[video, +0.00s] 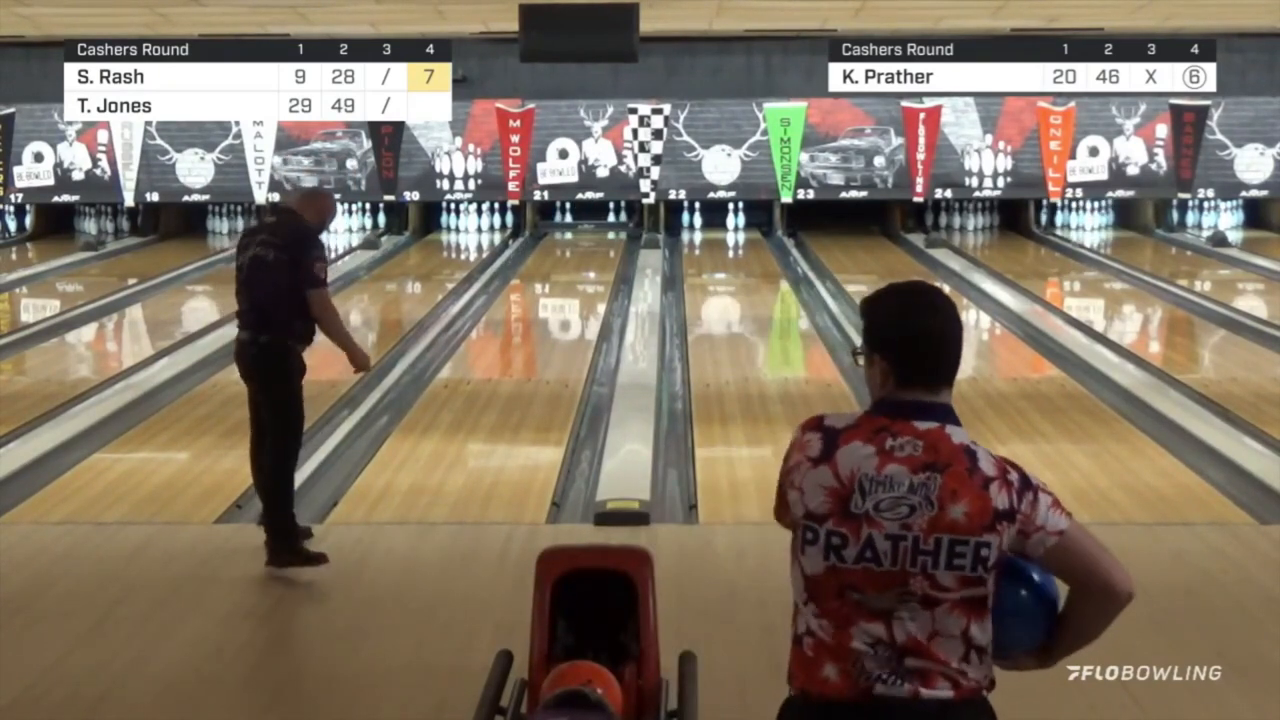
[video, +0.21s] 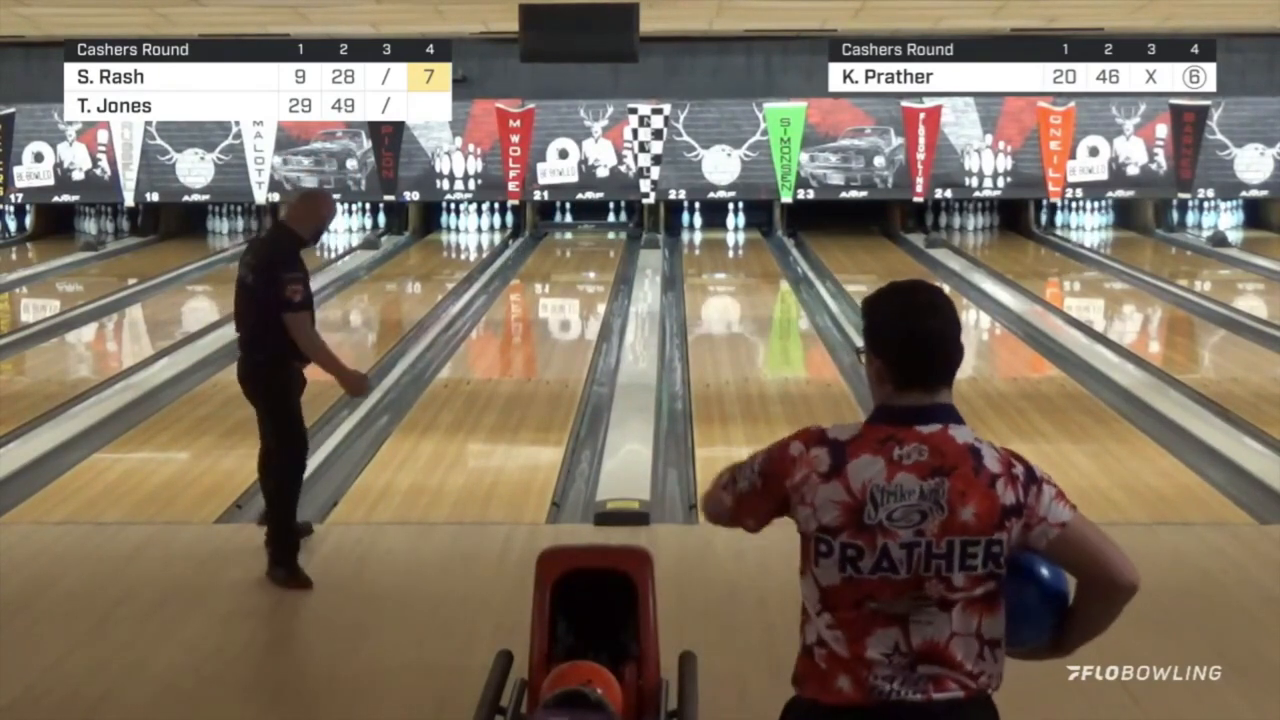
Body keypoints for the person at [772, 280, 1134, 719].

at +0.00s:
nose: (864, 367)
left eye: (865, 356)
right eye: (866, 355)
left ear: (877, 367)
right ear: (953, 365)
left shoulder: (816, 448)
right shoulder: (996, 481)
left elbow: (788, 513)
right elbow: (1109, 586)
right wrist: (1046, 650)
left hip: (823, 699)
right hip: (951, 702)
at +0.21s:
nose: (863, 362)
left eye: (864, 354)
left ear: (872, 364)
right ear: (959, 360)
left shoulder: (813, 461)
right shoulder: (1004, 475)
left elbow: (718, 506)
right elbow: (1116, 578)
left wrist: (791, 475)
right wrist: (1053, 641)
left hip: (833, 701)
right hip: (960, 702)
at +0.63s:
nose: (864, 358)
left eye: (865, 347)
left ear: (869, 359)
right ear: (956, 362)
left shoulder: (806, 461)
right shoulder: (999, 469)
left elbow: (674, 448)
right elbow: (1110, 573)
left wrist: (783, 406)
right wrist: (1052, 635)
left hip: (836, 699)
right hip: (960, 700)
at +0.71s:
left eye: (867, 347)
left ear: (867, 361)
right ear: (955, 367)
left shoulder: (808, 460)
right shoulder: (998, 471)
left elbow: (680, 421)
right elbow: (1108, 574)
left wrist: (771, 358)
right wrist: (1044, 632)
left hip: (835, 699)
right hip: (959, 700)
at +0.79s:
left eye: (866, 347)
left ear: (865, 360)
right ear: (954, 368)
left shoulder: (808, 461)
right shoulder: (998, 472)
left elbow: (685, 397)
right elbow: (1107, 573)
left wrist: (754, 307)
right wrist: (1044, 631)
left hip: (836, 699)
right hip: (960, 700)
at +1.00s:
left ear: (860, 360)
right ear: (948, 367)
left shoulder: (808, 457)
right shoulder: (992, 469)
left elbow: (712, 362)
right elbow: (1104, 571)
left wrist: (807, 295)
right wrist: (1050, 632)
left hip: (835, 695)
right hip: (956, 695)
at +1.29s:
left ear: (866, 364)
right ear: (948, 369)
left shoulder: (814, 456)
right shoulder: (995, 472)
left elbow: (729, 339)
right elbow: (1104, 576)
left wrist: (842, 358)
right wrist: (1047, 636)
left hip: (834, 698)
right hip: (955, 699)